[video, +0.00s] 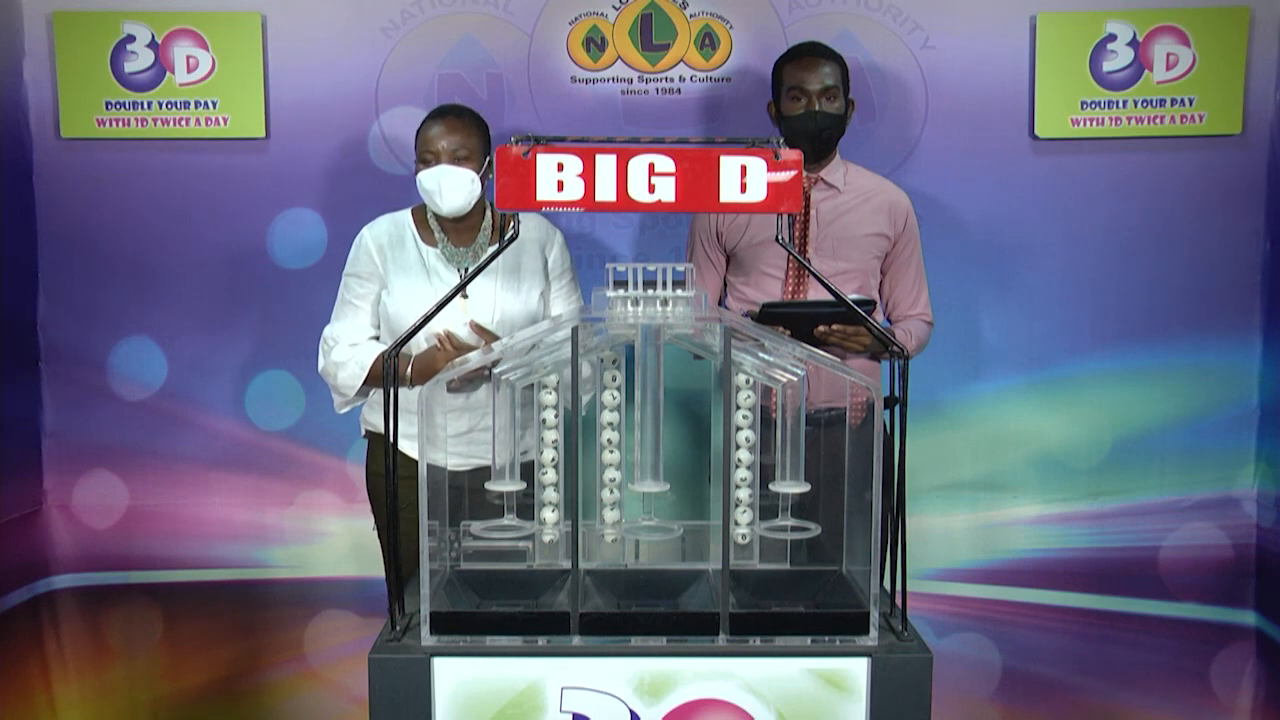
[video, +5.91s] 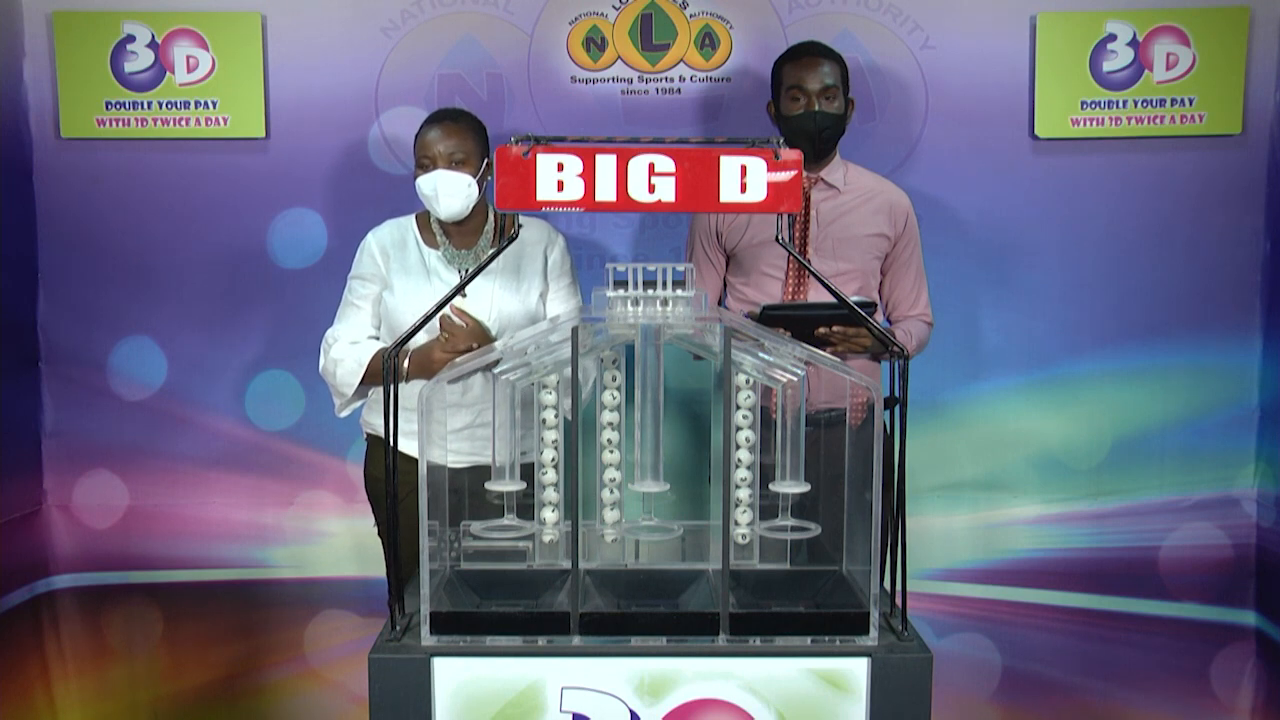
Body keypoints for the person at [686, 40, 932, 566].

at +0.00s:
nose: (814, 108)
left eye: (829, 95)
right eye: (796, 96)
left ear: (848, 108)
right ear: (775, 109)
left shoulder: (888, 204)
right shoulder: (727, 200)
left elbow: (915, 320)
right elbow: (696, 316)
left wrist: (877, 341)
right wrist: (756, 335)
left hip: (843, 416)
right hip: (751, 416)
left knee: (843, 579)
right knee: (752, 578)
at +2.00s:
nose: (814, 109)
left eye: (830, 95)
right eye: (797, 96)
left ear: (849, 108)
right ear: (775, 109)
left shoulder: (888, 205)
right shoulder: (727, 201)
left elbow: (915, 321)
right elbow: (695, 319)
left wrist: (876, 341)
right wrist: (759, 335)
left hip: (842, 416)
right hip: (750, 418)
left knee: (842, 579)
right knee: (751, 578)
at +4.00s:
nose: (814, 109)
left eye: (829, 95)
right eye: (797, 96)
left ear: (848, 107)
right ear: (775, 109)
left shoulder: (888, 205)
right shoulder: (727, 201)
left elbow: (915, 321)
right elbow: (695, 318)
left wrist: (876, 341)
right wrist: (758, 338)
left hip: (842, 417)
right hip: (751, 418)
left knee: (844, 581)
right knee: (752, 580)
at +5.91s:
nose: (813, 108)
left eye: (828, 94)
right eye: (796, 95)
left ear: (848, 108)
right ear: (774, 109)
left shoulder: (888, 205)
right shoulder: (726, 200)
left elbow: (914, 320)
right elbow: (696, 318)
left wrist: (875, 341)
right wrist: (761, 340)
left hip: (843, 416)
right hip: (752, 415)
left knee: (844, 580)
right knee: (753, 578)